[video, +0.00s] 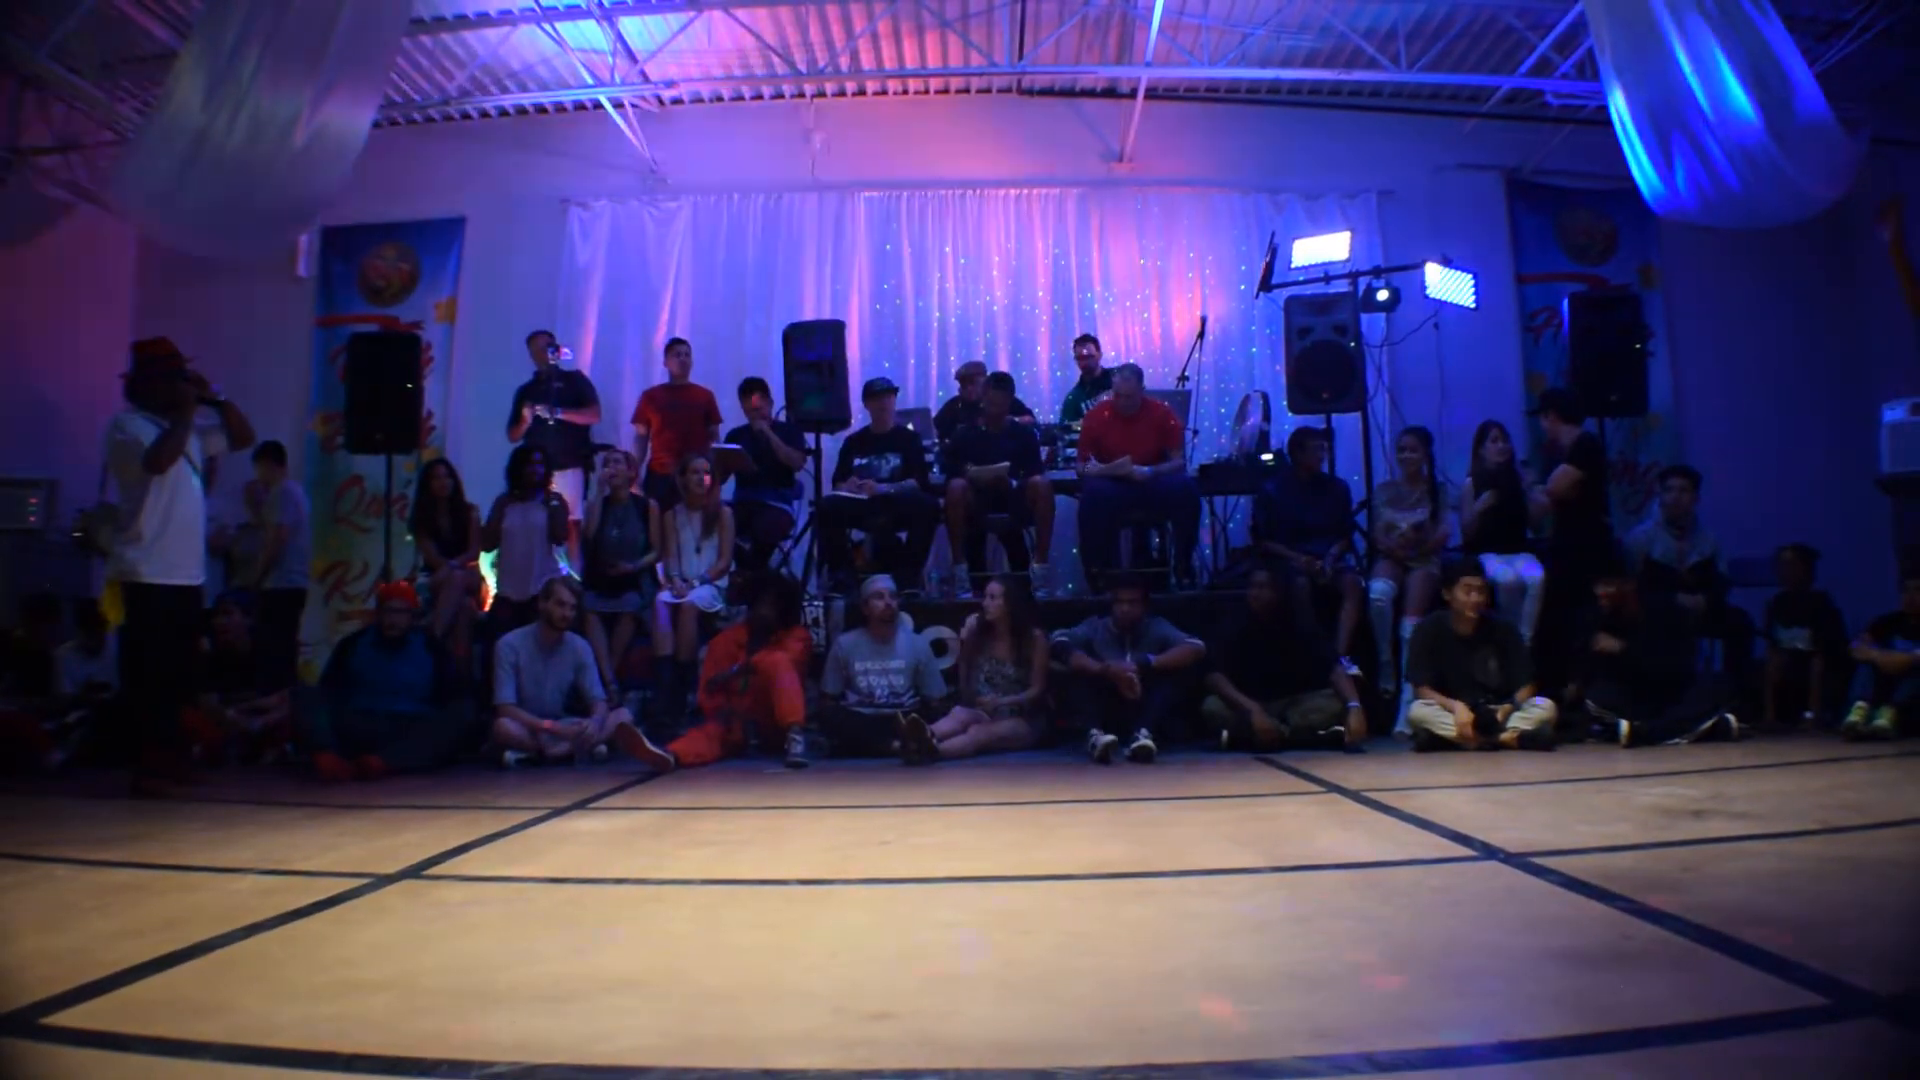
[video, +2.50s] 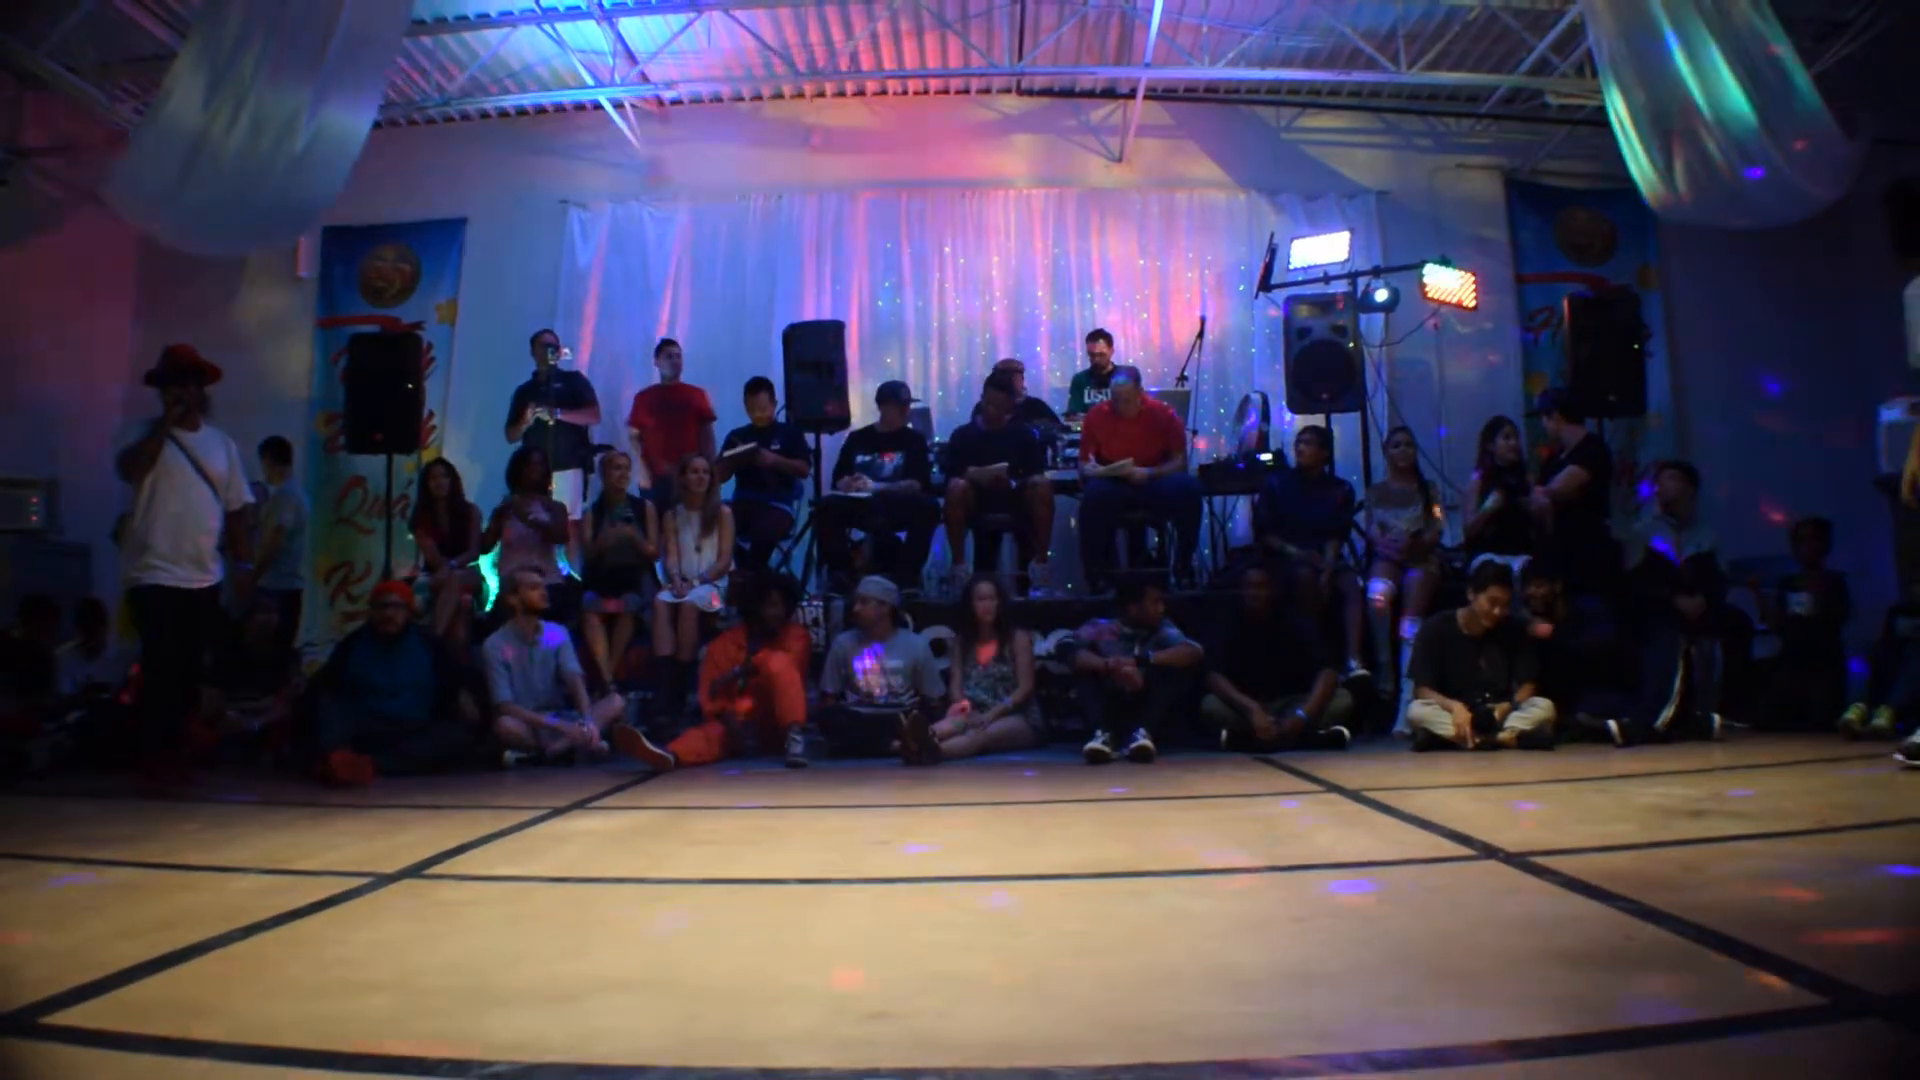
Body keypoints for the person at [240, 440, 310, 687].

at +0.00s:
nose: (258, 473)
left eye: (261, 466)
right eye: (257, 466)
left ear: (273, 465)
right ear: (279, 466)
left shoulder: (284, 493)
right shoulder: (290, 491)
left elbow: (277, 537)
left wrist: (258, 575)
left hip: (283, 585)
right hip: (286, 583)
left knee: (276, 649)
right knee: (280, 649)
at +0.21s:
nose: (258, 471)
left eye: (261, 465)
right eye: (257, 465)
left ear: (270, 464)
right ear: (281, 463)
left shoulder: (282, 494)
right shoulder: (282, 492)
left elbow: (276, 540)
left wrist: (250, 577)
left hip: (280, 585)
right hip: (279, 583)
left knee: (273, 650)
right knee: (276, 649)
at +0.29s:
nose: (259, 471)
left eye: (262, 464)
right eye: (259, 464)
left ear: (272, 463)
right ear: (282, 463)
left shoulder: (283, 495)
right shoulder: (285, 493)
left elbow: (275, 538)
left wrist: (250, 577)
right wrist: (253, 574)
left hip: (280, 584)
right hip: (281, 583)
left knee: (274, 649)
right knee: (277, 649)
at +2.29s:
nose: (259, 469)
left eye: (260, 462)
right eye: (259, 462)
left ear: (265, 462)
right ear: (283, 461)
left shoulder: (279, 495)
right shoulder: (291, 493)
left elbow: (270, 540)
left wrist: (248, 576)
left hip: (271, 588)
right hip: (284, 587)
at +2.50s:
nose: (263, 468)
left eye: (264, 461)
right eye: (263, 461)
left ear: (270, 462)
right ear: (288, 460)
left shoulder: (283, 499)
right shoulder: (292, 495)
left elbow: (273, 543)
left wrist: (254, 576)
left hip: (278, 588)